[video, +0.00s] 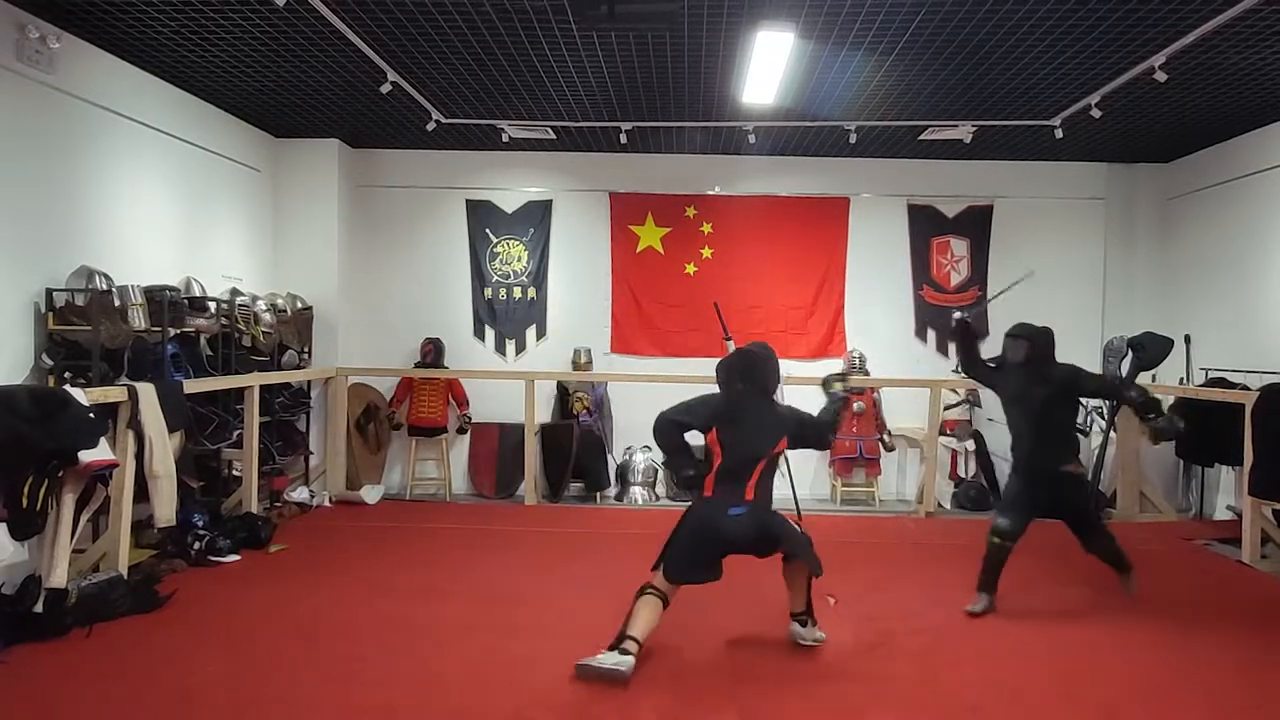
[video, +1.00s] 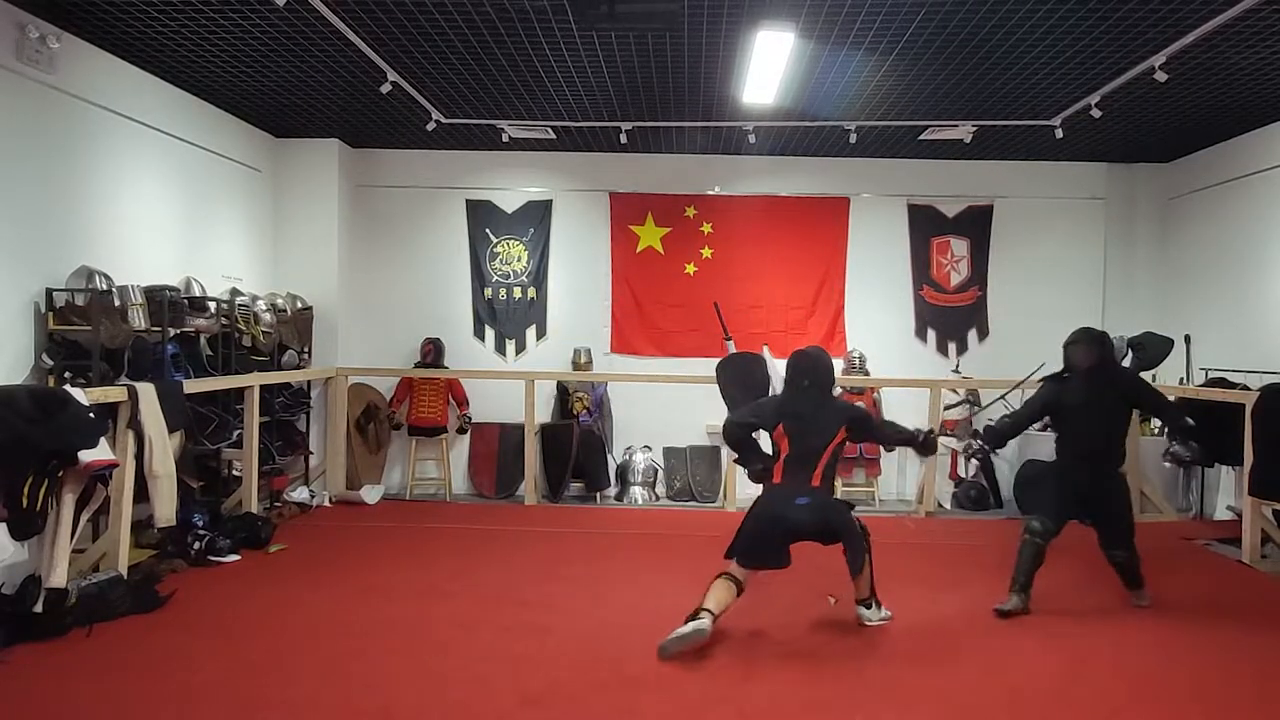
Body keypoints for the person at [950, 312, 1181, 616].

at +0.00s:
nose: (1011, 353)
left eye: (1019, 346)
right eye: (1009, 346)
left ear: (1037, 350)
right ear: (1005, 348)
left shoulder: (1064, 377)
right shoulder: (1004, 377)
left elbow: (1111, 386)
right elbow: (972, 365)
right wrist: (965, 335)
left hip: (1066, 477)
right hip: (1025, 476)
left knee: (1094, 540)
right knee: (1000, 535)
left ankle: (1126, 570)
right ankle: (985, 594)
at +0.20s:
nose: (1049, 367)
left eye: (1056, 361)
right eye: (1043, 361)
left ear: (1073, 366)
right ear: (1037, 364)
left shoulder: (1099, 392)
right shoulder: (1031, 395)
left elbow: (1142, 413)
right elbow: (983, 399)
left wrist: (1130, 406)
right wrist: (960, 371)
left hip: (1089, 488)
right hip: (1048, 485)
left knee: (1114, 549)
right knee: (1026, 532)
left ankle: (1136, 578)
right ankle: (1010, 590)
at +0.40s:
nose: (1035, 356)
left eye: (1042, 349)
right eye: (1028, 349)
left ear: (1056, 352)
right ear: (1019, 352)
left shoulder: (1080, 381)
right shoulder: (1012, 383)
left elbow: (1122, 415)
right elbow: (984, 402)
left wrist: (1099, 430)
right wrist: (958, 403)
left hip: (1081, 471)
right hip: (1037, 473)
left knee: (1120, 536)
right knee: (1016, 530)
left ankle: (1155, 573)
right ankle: (1012, 599)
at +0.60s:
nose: (1031, 348)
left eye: (1038, 341)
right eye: (1026, 341)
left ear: (1054, 345)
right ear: (1017, 347)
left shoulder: (1079, 377)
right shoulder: (1011, 385)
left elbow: (1120, 403)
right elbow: (1003, 431)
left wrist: (1123, 450)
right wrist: (1016, 456)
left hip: (1078, 471)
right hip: (1034, 472)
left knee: (1107, 542)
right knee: (1012, 528)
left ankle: (1144, 572)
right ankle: (1012, 598)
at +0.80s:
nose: (1051, 358)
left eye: (1058, 350)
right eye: (1046, 350)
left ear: (1077, 352)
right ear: (1040, 354)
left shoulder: (1106, 383)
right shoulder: (1036, 389)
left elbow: (1158, 406)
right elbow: (999, 425)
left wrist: (1172, 453)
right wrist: (1007, 460)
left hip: (1096, 479)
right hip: (1052, 476)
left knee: (1113, 552)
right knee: (1024, 532)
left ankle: (1138, 584)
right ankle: (1014, 597)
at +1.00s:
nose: (1081, 360)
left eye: (1088, 354)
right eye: (1075, 354)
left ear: (1103, 355)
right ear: (1067, 356)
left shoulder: (1124, 383)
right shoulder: (1057, 387)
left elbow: (1162, 407)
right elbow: (1022, 417)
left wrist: (1182, 427)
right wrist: (989, 437)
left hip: (1107, 481)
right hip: (1064, 478)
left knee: (1118, 546)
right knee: (1036, 530)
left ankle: (1137, 589)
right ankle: (1018, 594)